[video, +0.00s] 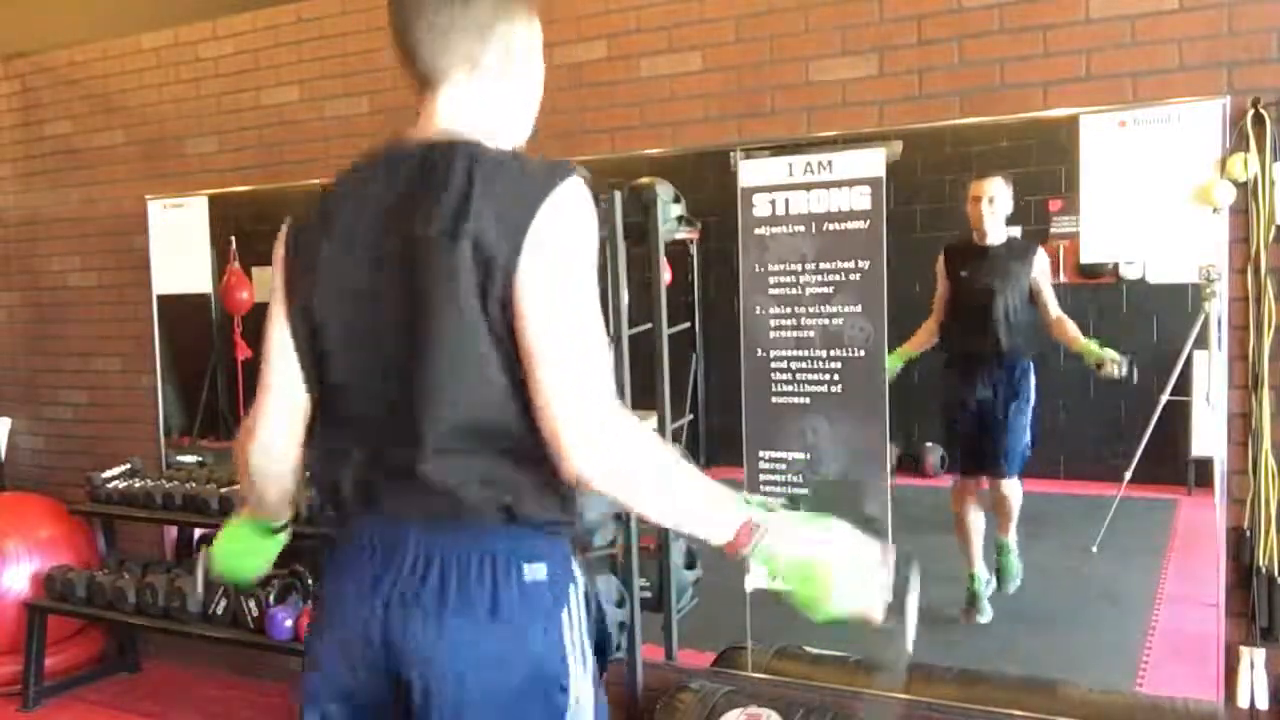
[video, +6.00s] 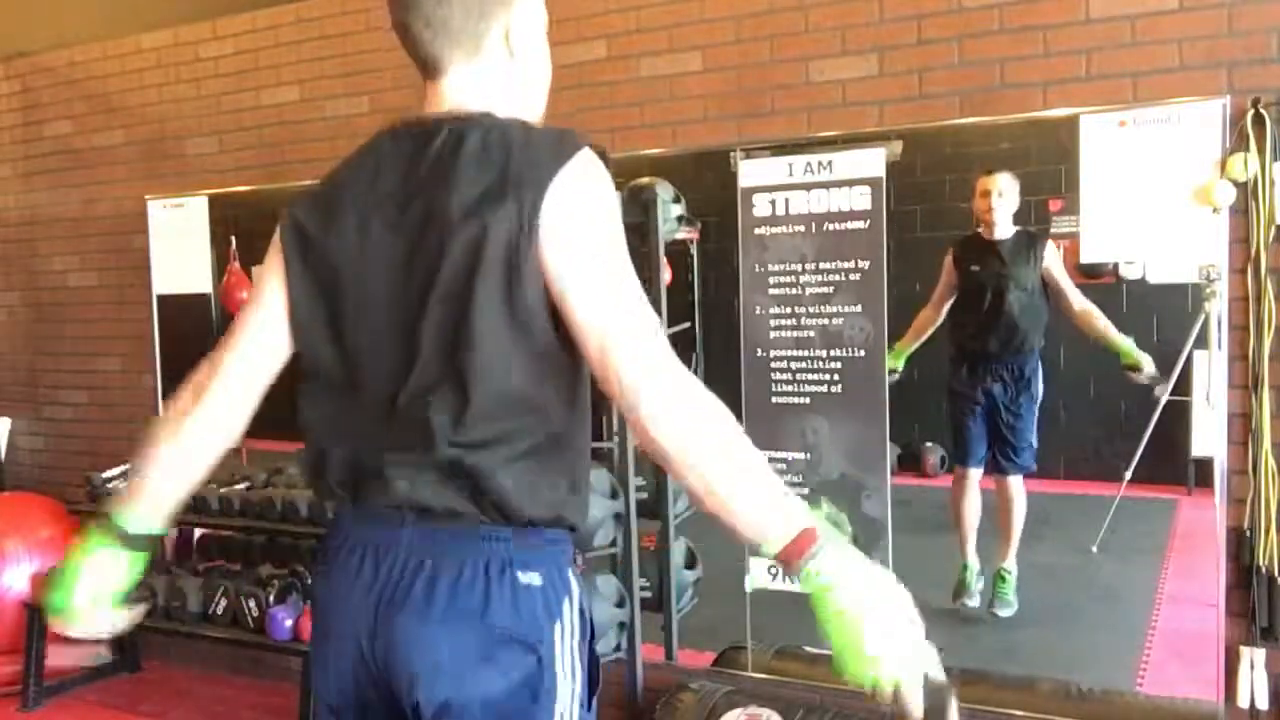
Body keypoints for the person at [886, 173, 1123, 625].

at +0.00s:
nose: (982, 209)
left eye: (991, 200)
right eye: (976, 200)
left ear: (1009, 206)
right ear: (967, 207)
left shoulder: (1031, 256)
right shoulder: (951, 256)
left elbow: (1054, 318)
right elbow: (937, 321)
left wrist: (1091, 351)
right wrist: (897, 358)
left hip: (1013, 374)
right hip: (963, 374)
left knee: (1003, 481)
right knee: (967, 485)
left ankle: (1006, 546)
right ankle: (976, 580)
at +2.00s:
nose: (978, 207)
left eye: (987, 199)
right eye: (972, 199)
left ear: (1003, 204)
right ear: (963, 205)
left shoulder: (1028, 254)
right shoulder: (949, 258)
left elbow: (1056, 314)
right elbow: (935, 321)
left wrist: (1095, 350)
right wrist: (899, 360)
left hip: (1022, 373)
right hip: (972, 374)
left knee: (1016, 472)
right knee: (983, 477)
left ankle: (1017, 570)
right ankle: (991, 572)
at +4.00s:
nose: (997, 205)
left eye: (1006, 196)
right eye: (990, 196)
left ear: (1023, 203)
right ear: (978, 202)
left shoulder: (1043, 253)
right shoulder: (961, 253)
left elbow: (1065, 318)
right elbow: (941, 316)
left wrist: (1106, 352)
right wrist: (902, 355)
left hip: (1025, 373)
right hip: (975, 372)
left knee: (1013, 476)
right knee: (981, 485)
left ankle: (1011, 577)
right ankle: (1011, 557)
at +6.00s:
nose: (991, 202)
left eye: (1000, 195)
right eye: (984, 195)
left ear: (1015, 202)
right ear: (974, 202)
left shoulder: (1038, 250)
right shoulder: (960, 254)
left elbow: (1078, 306)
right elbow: (935, 307)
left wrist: (1124, 347)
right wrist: (901, 351)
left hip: (1020, 374)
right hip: (969, 373)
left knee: (1010, 475)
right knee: (966, 471)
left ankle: (1006, 571)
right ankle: (969, 568)